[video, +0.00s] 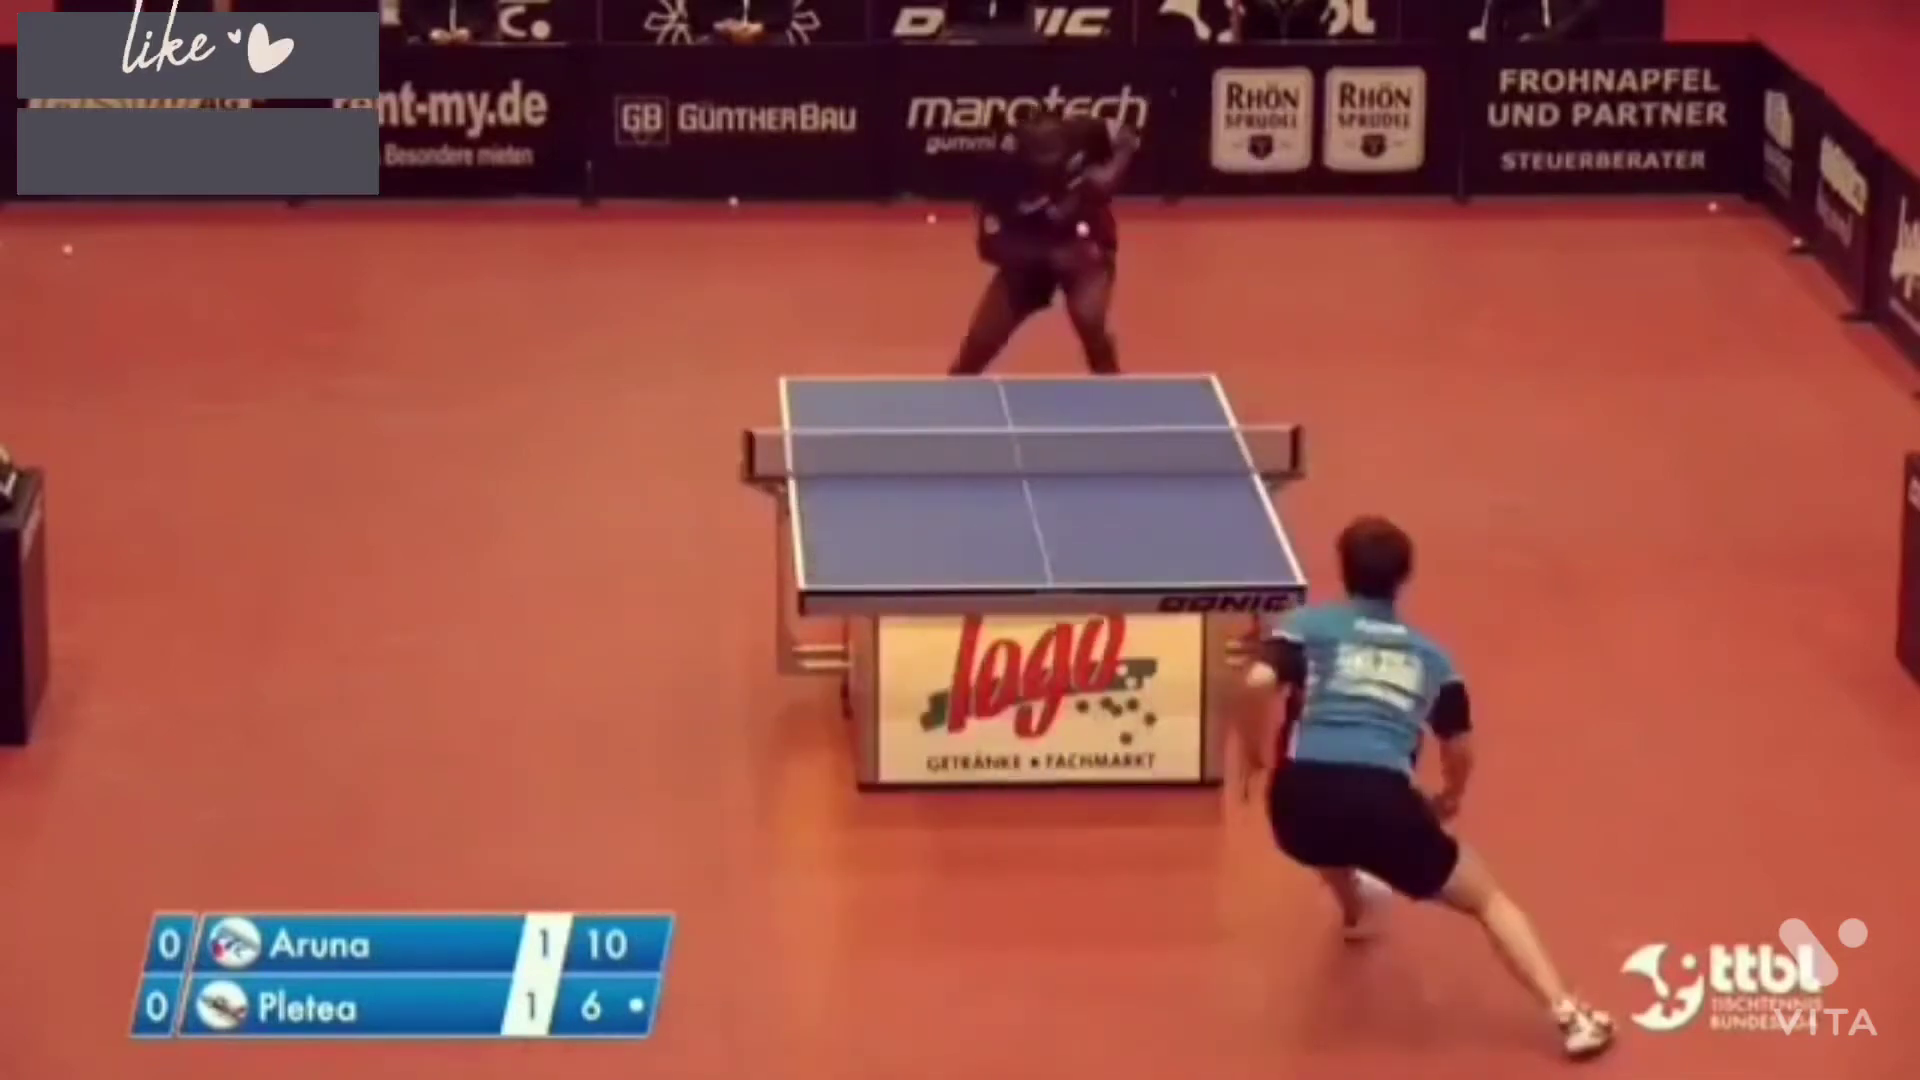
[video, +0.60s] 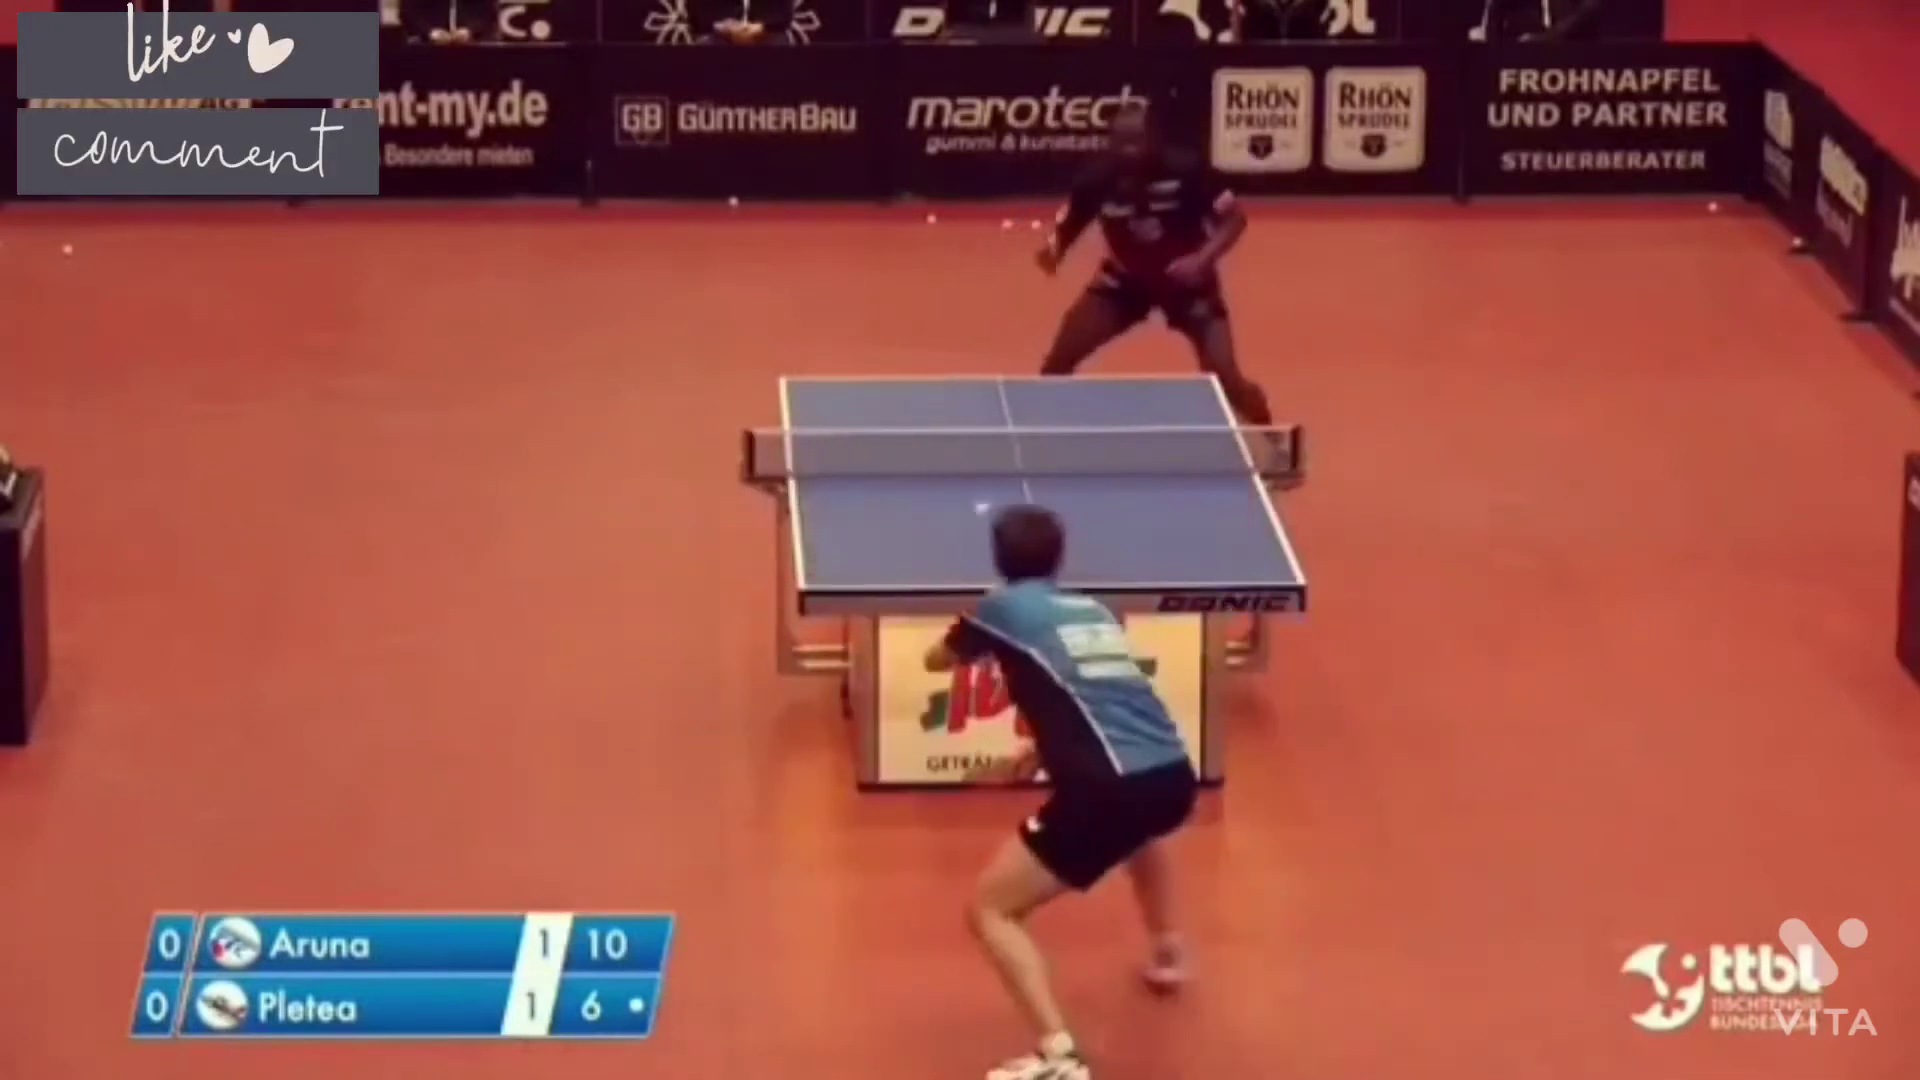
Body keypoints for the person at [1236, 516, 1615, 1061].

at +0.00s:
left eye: (1344, 564)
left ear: (1344, 572)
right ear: (1404, 576)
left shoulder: (1310, 624)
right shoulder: (1429, 655)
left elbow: (1255, 682)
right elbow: (1457, 746)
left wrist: (1258, 757)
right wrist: (1451, 796)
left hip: (1301, 798)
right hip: (1382, 804)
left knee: (1328, 844)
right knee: (1486, 899)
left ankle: (1352, 904)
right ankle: (1567, 1014)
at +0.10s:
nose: (1301, 538)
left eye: (1301, 529)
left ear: (1305, 539)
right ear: (1364, 543)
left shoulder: (1271, 593)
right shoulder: (1397, 626)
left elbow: (1218, 637)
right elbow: (1423, 724)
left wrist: (1200, 700)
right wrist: (1382, 760)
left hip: (1282, 774)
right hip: (1364, 783)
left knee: (1246, 825)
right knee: (1463, 898)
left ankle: (1229, 944)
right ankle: (1560, 1012)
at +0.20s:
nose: (1258, 520)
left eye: (1259, 512)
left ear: (1257, 522)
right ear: (1314, 526)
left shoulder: (1230, 575)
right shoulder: (1350, 604)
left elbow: (1170, 636)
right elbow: (1383, 699)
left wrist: (1142, 669)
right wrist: (1334, 727)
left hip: (1247, 759)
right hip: (1327, 765)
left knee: (1174, 816)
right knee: (1428, 871)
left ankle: (1152, 955)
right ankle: (1486, 1005)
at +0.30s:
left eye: (1179, 520)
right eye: (1211, 521)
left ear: (1171, 532)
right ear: (1230, 532)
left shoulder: (1155, 593)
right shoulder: (1271, 602)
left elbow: (1085, 662)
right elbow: (1307, 687)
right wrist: (1238, 687)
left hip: (1194, 792)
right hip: (1276, 791)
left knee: (1091, 884)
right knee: (1361, 899)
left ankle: (1062, 1015)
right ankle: (1413, 1033)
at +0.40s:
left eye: (1115, 535)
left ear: (1110, 545)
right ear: (1171, 545)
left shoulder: (1098, 605)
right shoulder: (1208, 614)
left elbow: (1025, 670)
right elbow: (1236, 694)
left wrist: (1019, 675)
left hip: (1148, 803)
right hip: (1229, 801)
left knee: (1041, 911)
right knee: (1292, 886)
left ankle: (1062, 1051)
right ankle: (1378, 981)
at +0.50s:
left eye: (1038, 553)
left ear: (1037, 562)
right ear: (1096, 562)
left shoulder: (1030, 615)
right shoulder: (1128, 621)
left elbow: (963, 674)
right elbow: (1121, 718)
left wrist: (1000, 654)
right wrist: (1036, 752)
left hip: (1121, 808)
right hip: (1196, 797)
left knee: (998, 910)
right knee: (1189, 844)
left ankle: (1056, 1050)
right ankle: (1252, 955)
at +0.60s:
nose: (994, 563)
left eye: (997, 554)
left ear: (999, 560)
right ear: (1057, 558)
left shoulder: (1001, 610)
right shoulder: (1091, 607)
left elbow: (938, 659)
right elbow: (1086, 697)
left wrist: (978, 629)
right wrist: (1030, 756)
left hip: (1105, 795)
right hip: (1175, 780)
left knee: (990, 909)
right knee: (1137, 835)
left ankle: (1056, 1048)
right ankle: (1167, 948)